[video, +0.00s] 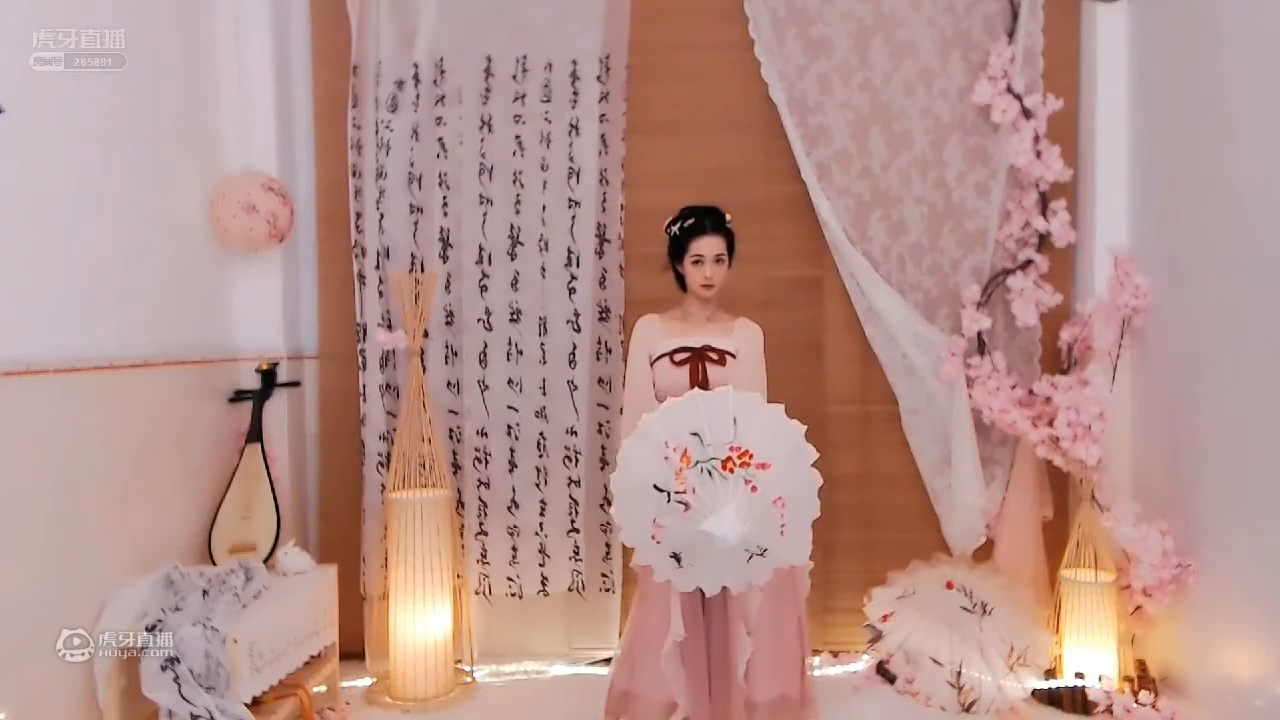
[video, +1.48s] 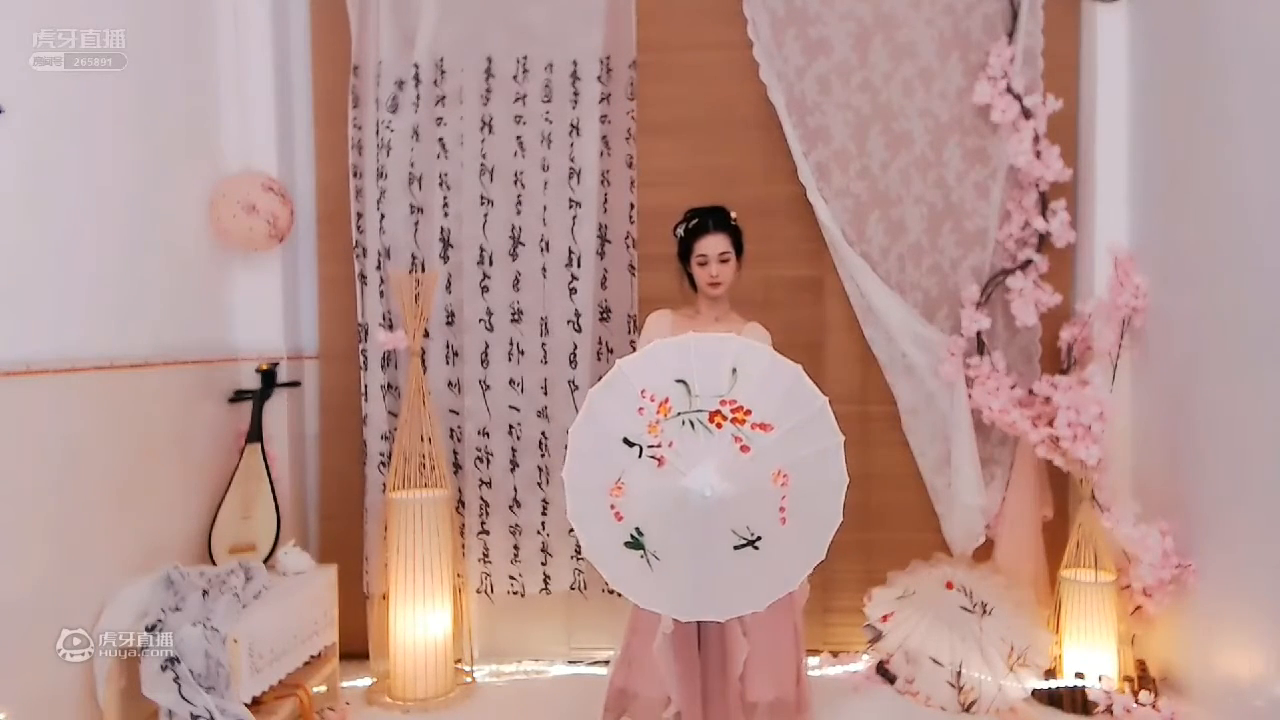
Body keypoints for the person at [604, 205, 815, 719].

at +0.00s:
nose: (709, 273)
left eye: (718, 261)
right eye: (698, 261)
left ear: (730, 265)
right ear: (678, 265)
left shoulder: (748, 334)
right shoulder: (650, 330)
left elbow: (757, 424)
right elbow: (636, 421)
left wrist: (753, 496)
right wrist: (647, 499)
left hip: (735, 488)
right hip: (670, 488)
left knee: (734, 609)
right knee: (674, 608)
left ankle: (735, 710)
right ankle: (675, 711)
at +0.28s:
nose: (708, 272)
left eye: (718, 260)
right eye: (697, 261)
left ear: (730, 265)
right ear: (679, 266)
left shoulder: (749, 334)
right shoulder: (651, 329)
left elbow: (760, 424)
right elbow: (635, 419)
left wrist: (757, 493)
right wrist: (648, 492)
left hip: (735, 486)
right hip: (670, 485)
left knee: (735, 605)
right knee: (673, 604)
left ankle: (736, 710)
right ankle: (675, 710)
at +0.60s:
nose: (709, 271)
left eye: (718, 259)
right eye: (698, 261)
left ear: (731, 264)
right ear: (681, 266)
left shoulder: (750, 335)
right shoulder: (653, 328)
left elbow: (764, 424)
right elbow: (637, 417)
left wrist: (764, 493)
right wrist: (640, 496)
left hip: (736, 484)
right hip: (670, 484)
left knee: (735, 606)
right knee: (672, 604)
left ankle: (735, 709)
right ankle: (673, 709)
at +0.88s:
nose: (710, 270)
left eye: (720, 259)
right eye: (699, 260)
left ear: (734, 263)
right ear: (683, 267)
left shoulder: (752, 335)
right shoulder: (657, 327)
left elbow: (764, 424)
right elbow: (636, 414)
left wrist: (765, 492)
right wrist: (642, 488)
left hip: (736, 486)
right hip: (671, 485)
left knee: (736, 607)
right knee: (672, 606)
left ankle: (736, 711)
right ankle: (674, 710)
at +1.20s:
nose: (713, 271)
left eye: (722, 259)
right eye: (702, 261)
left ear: (736, 264)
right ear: (686, 267)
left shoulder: (754, 334)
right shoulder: (660, 327)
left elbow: (771, 422)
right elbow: (642, 412)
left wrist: (763, 487)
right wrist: (655, 477)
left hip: (740, 493)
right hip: (675, 490)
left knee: (740, 609)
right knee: (674, 608)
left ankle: (739, 711)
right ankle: (676, 711)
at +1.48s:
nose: (713, 271)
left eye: (723, 259)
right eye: (703, 261)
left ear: (738, 263)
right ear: (688, 266)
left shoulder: (755, 335)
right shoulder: (661, 325)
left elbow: (769, 424)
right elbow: (643, 412)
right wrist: (653, 477)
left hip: (738, 493)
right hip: (674, 490)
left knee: (738, 610)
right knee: (674, 609)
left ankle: (737, 711)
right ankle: (675, 711)